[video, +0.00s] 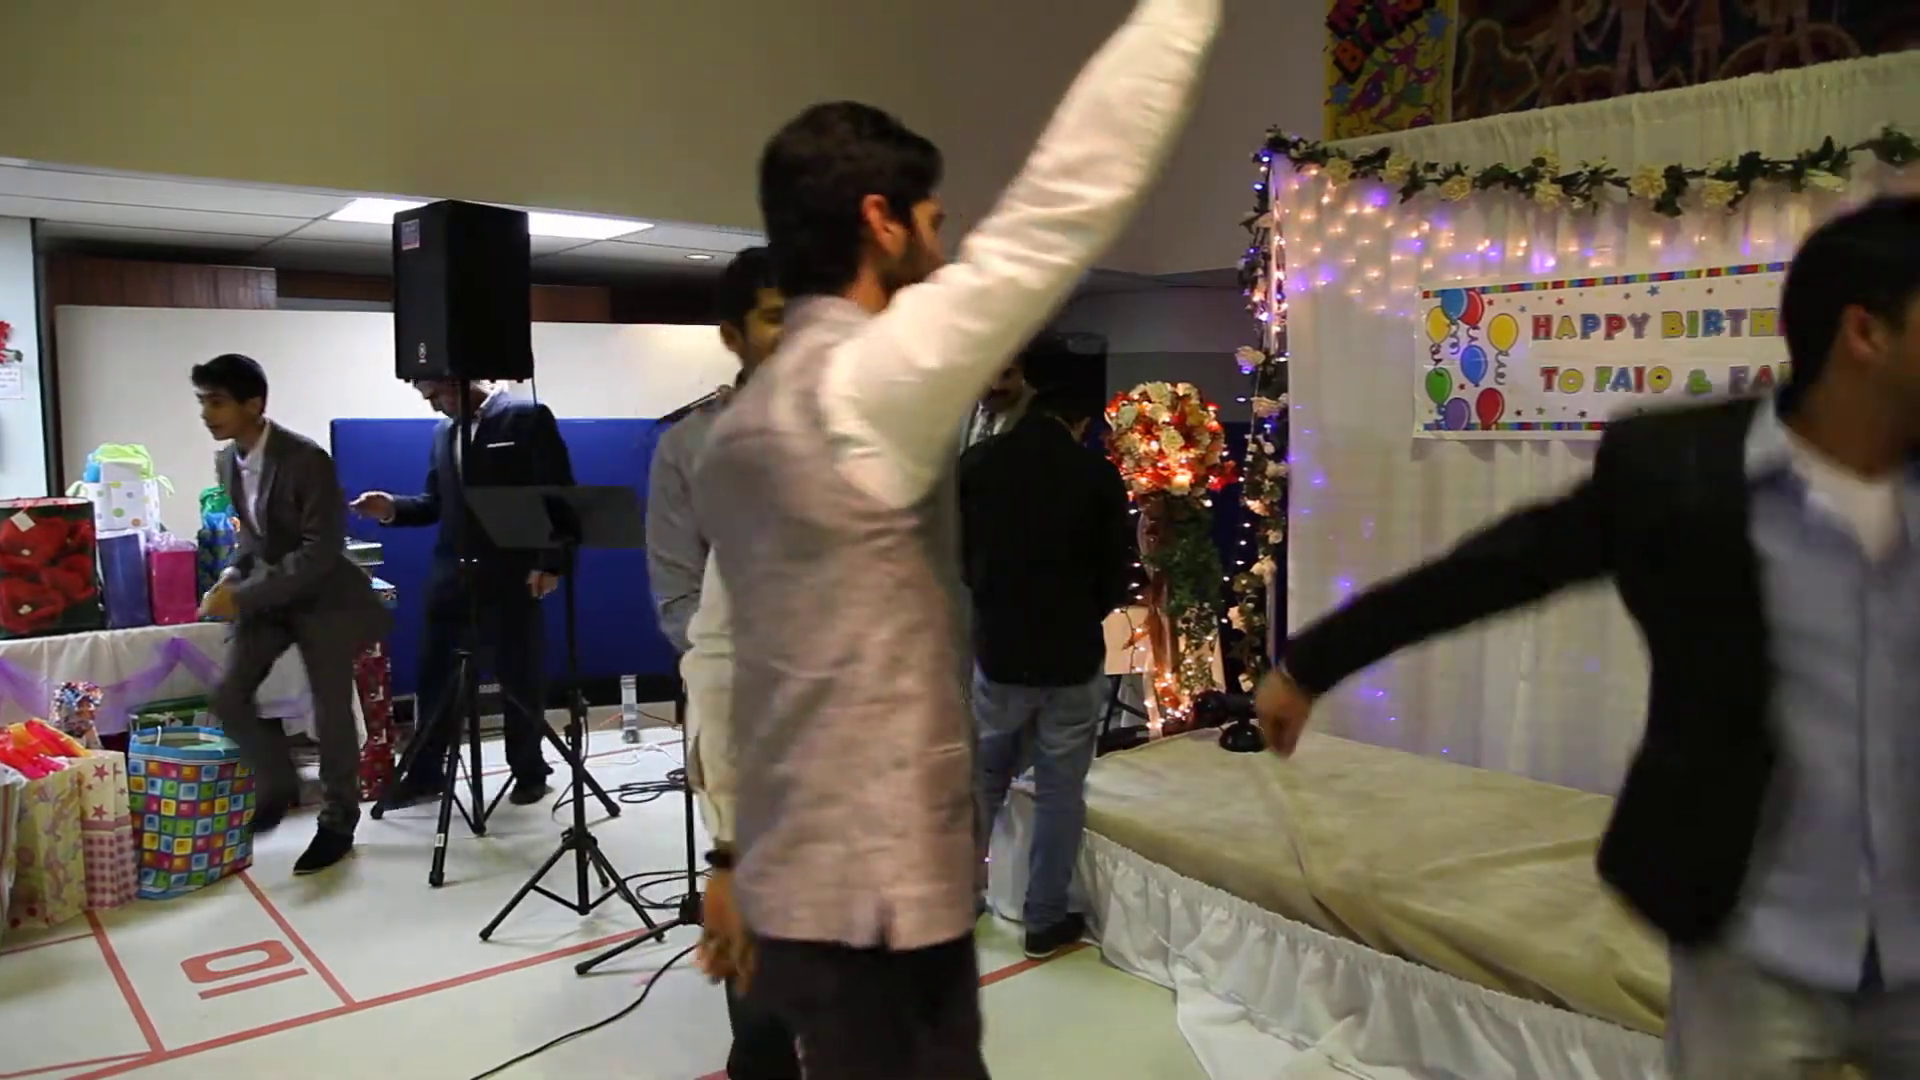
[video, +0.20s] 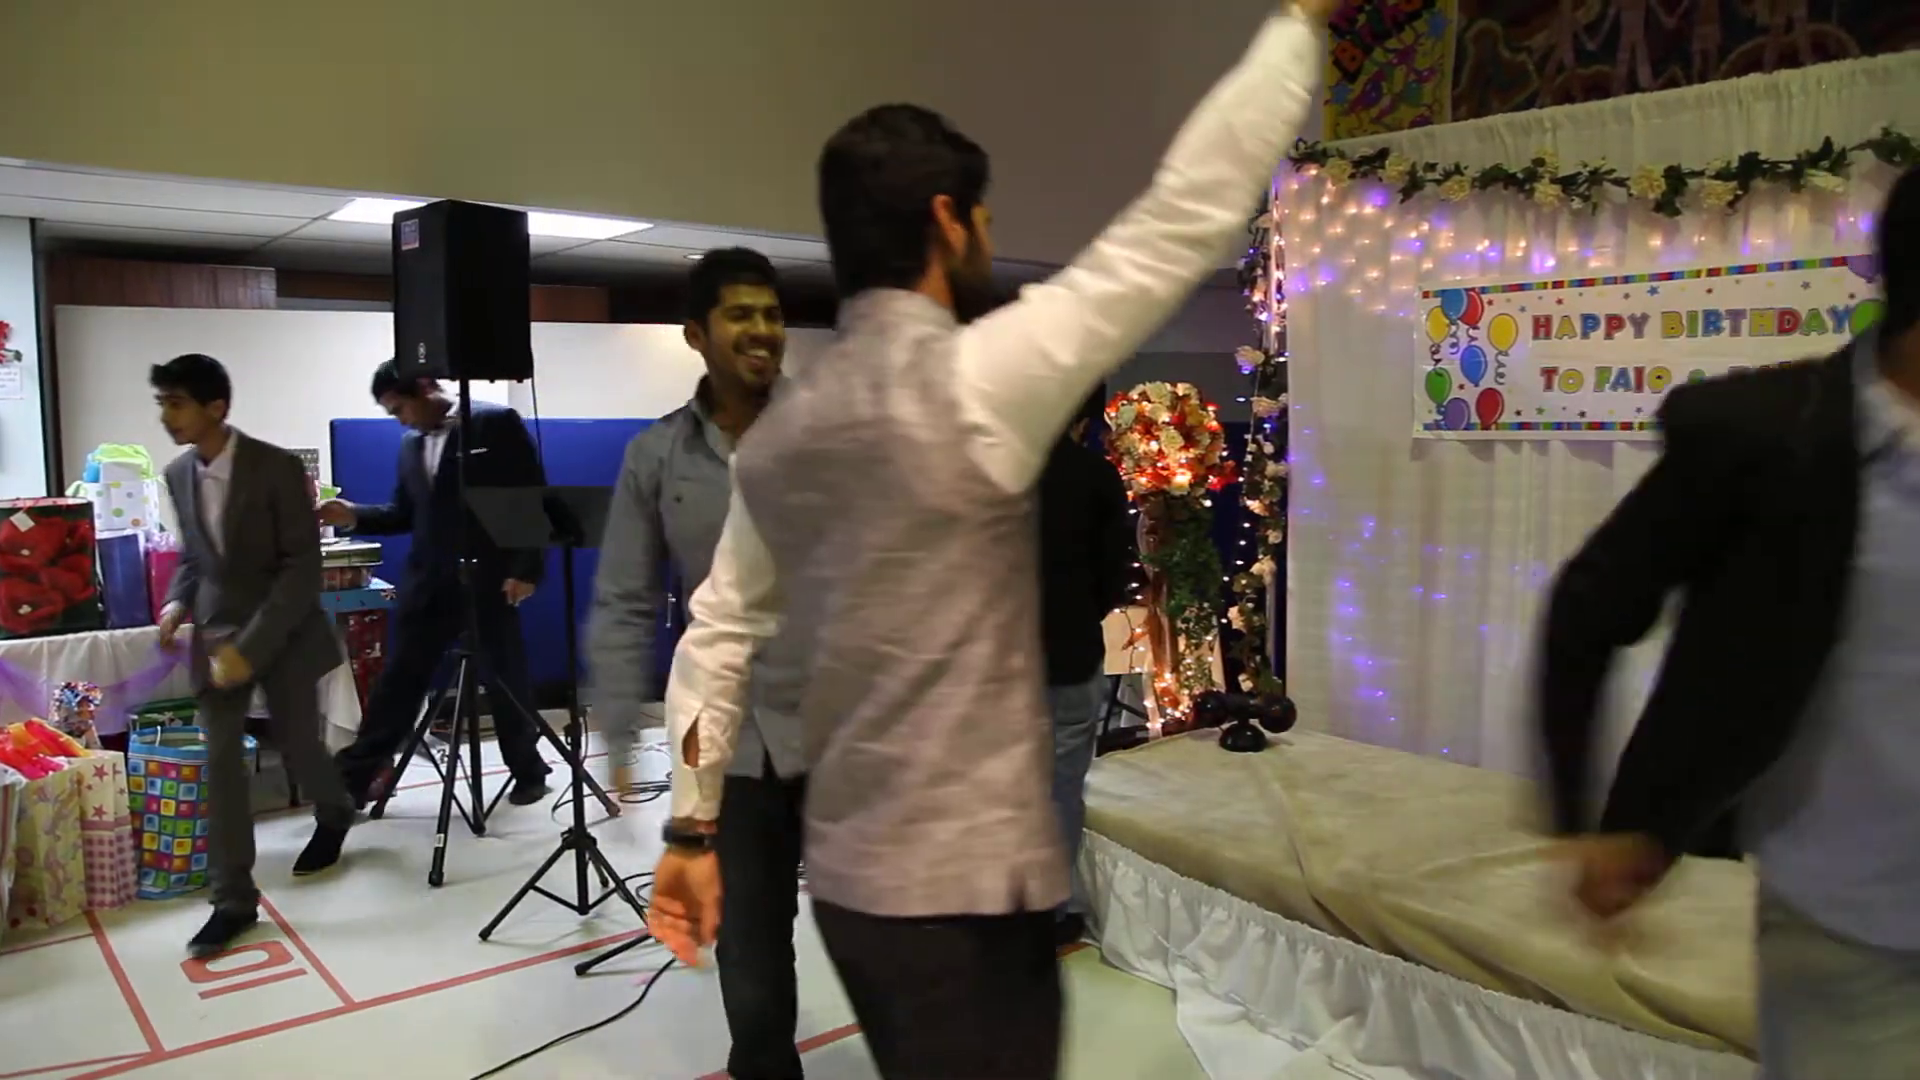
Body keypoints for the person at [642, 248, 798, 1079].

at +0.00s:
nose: (785, 333)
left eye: (793, 316)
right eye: (768, 319)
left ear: (812, 322)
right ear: (730, 329)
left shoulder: (844, 419)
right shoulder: (688, 441)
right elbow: (674, 589)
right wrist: (719, 674)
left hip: (840, 651)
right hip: (740, 661)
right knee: (748, 850)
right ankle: (759, 1045)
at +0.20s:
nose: (760, 331)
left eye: (771, 315)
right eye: (739, 316)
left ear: (787, 329)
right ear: (696, 335)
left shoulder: (824, 432)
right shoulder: (659, 454)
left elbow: (879, 573)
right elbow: (623, 603)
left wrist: (889, 700)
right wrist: (619, 735)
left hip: (844, 721)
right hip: (732, 731)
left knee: (873, 927)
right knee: (749, 939)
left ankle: (915, 1060)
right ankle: (764, 1069)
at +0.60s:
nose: (734, 329)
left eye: (750, 313)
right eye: (716, 315)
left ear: (778, 329)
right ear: (693, 334)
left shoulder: (838, 424)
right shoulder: (663, 454)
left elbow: (926, 535)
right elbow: (561, 549)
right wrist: (401, 544)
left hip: (836, 721)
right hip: (723, 733)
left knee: (815, 916)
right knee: (744, 933)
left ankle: (915, 994)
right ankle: (808, 1073)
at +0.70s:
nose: (740, 336)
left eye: (757, 321)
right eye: (722, 322)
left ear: (784, 338)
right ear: (698, 340)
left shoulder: (843, 433)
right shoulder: (668, 454)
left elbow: (922, 547)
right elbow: (564, 537)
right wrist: (417, 494)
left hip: (823, 746)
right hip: (717, 752)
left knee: (813, 937)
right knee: (739, 946)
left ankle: (858, 1072)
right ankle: (795, 1068)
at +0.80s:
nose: (745, 346)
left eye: (762, 330)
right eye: (728, 330)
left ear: (787, 339)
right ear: (701, 340)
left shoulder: (839, 421)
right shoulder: (670, 448)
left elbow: (943, 479)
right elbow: (545, 485)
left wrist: (948, 424)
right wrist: (413, 429)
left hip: (824, 726)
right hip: (718, 737)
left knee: (800, 929)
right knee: (740, 941)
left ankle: (845, 1075)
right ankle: (793, 1071)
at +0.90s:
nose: (745, 356)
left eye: (762, 337)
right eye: (725, 339)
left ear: (788, 332)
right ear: (700, 339)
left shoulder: (836, 404)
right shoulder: (675, 424)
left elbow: (925, 416)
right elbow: (550, 423)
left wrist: (929, 360)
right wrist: (408, 358)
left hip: (829, 713)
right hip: (727, 717)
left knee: (797, 916)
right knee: (744, 917)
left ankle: (834, 1072)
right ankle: (791, 1067)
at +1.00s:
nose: (749, 368)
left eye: (767, 348)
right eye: (729, 350)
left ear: (793, 336)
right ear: (701, 343)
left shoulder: (841, 410)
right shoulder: (684, 416)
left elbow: (902, 384)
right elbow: (565, 389)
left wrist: (926, 322)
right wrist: (432, 323)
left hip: (827, 726)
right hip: (723, 724)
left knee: (810, 932)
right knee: (738, 924)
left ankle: (835, 1073)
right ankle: (790, 1070)